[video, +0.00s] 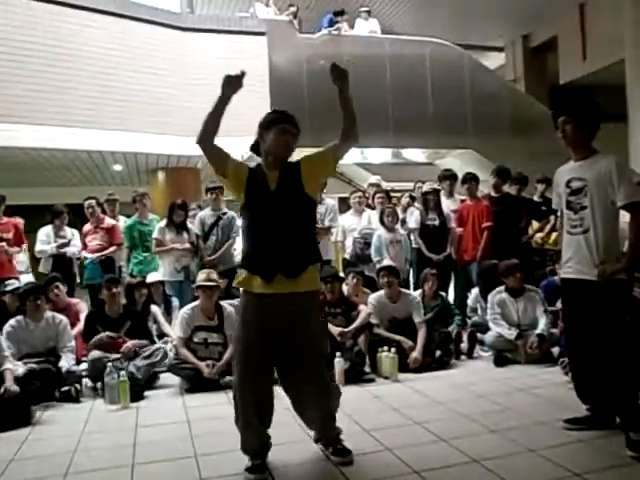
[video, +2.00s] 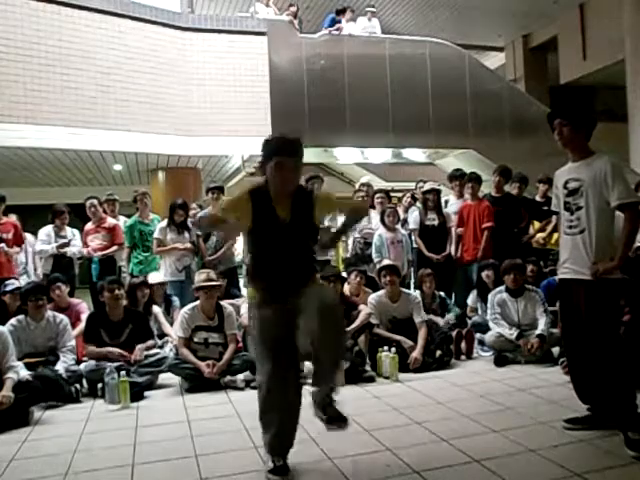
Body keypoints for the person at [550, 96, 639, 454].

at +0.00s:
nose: (562, 133)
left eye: (568, 126)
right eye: (559, 127)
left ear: (586, 128)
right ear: (560, 133)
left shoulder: (611, 166)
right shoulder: (561, 174)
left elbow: (636, 214)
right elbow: (562, 222)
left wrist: (629, 260)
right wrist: (561, 260)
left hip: (608, 277)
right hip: (573, 277)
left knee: (614, 347)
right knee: (580, 346)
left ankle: (628, 416)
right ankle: (597, 409)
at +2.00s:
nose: (558, 134)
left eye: (563, 128)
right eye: (556, 129)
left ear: (582, 129)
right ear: (557, 134)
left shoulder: (606, 166)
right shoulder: (561, 174)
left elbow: (631, 213)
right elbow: (561, 221)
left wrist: (619, 258)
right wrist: (560, 258)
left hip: (603, 274)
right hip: (570, 274)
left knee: (607, 345)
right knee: (577, 346)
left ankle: (620, 412)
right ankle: (597, 409)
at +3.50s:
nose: (604, 117)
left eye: (610, 109)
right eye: (603, 110)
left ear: (627, 113)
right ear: (608, 115)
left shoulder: (636, 159)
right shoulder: (609, 158)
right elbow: (609, 214)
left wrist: (638, 267)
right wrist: (585, 221)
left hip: (633, 279)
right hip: (608, 277)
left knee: (635, 359)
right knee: (603, 350)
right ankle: (604, 416)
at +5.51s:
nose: (624, 118)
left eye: (629, 111)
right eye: (621, 112)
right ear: (620, 118)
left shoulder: (630, 163)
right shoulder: (619, 161)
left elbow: (615, 218)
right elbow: (613, 219)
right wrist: (593, 227)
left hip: (636, 281)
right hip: (622, 278)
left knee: (634, 357)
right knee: (618, 352)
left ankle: (639, 441)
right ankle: (612, 418)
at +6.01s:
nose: (624, 118)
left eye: (629, 111)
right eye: (623, 111)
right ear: (624, 118)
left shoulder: (629, 162)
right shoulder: (621, 161)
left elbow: (616, 221)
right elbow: (615, 221)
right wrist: (610, 266)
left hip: (635, 280)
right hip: (623, 278)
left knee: (633, 357)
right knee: (619, 352)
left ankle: (639, 441)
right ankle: (612, 418)